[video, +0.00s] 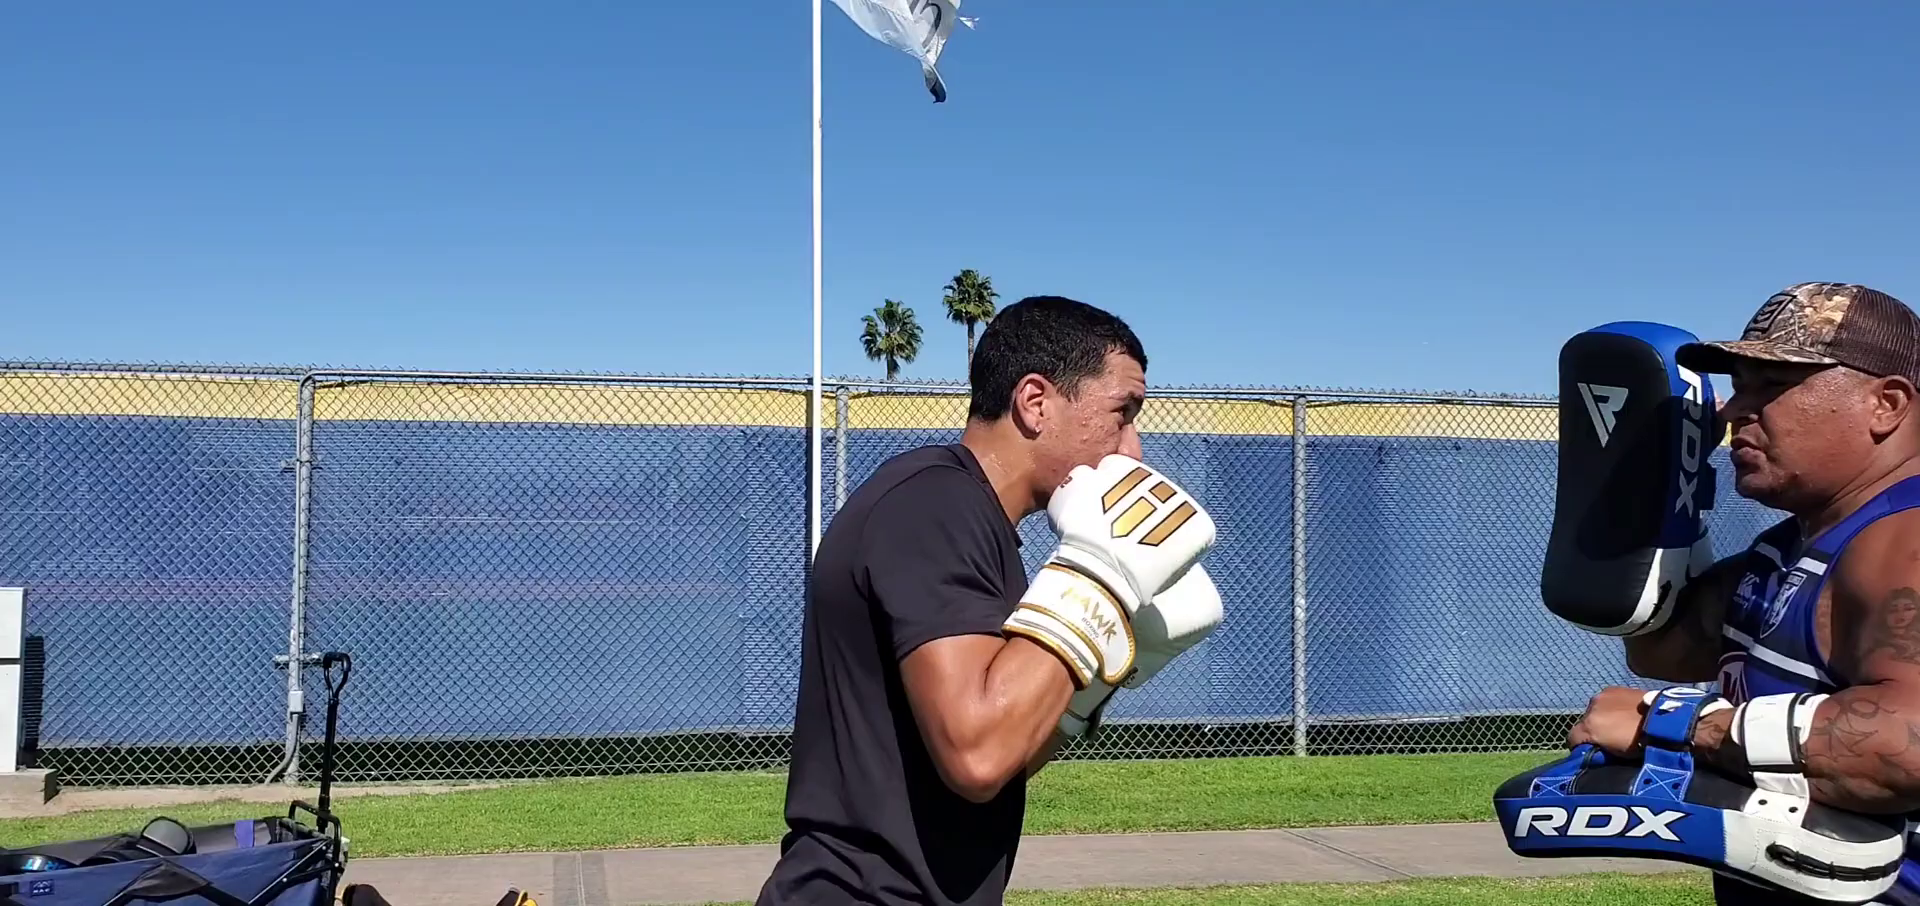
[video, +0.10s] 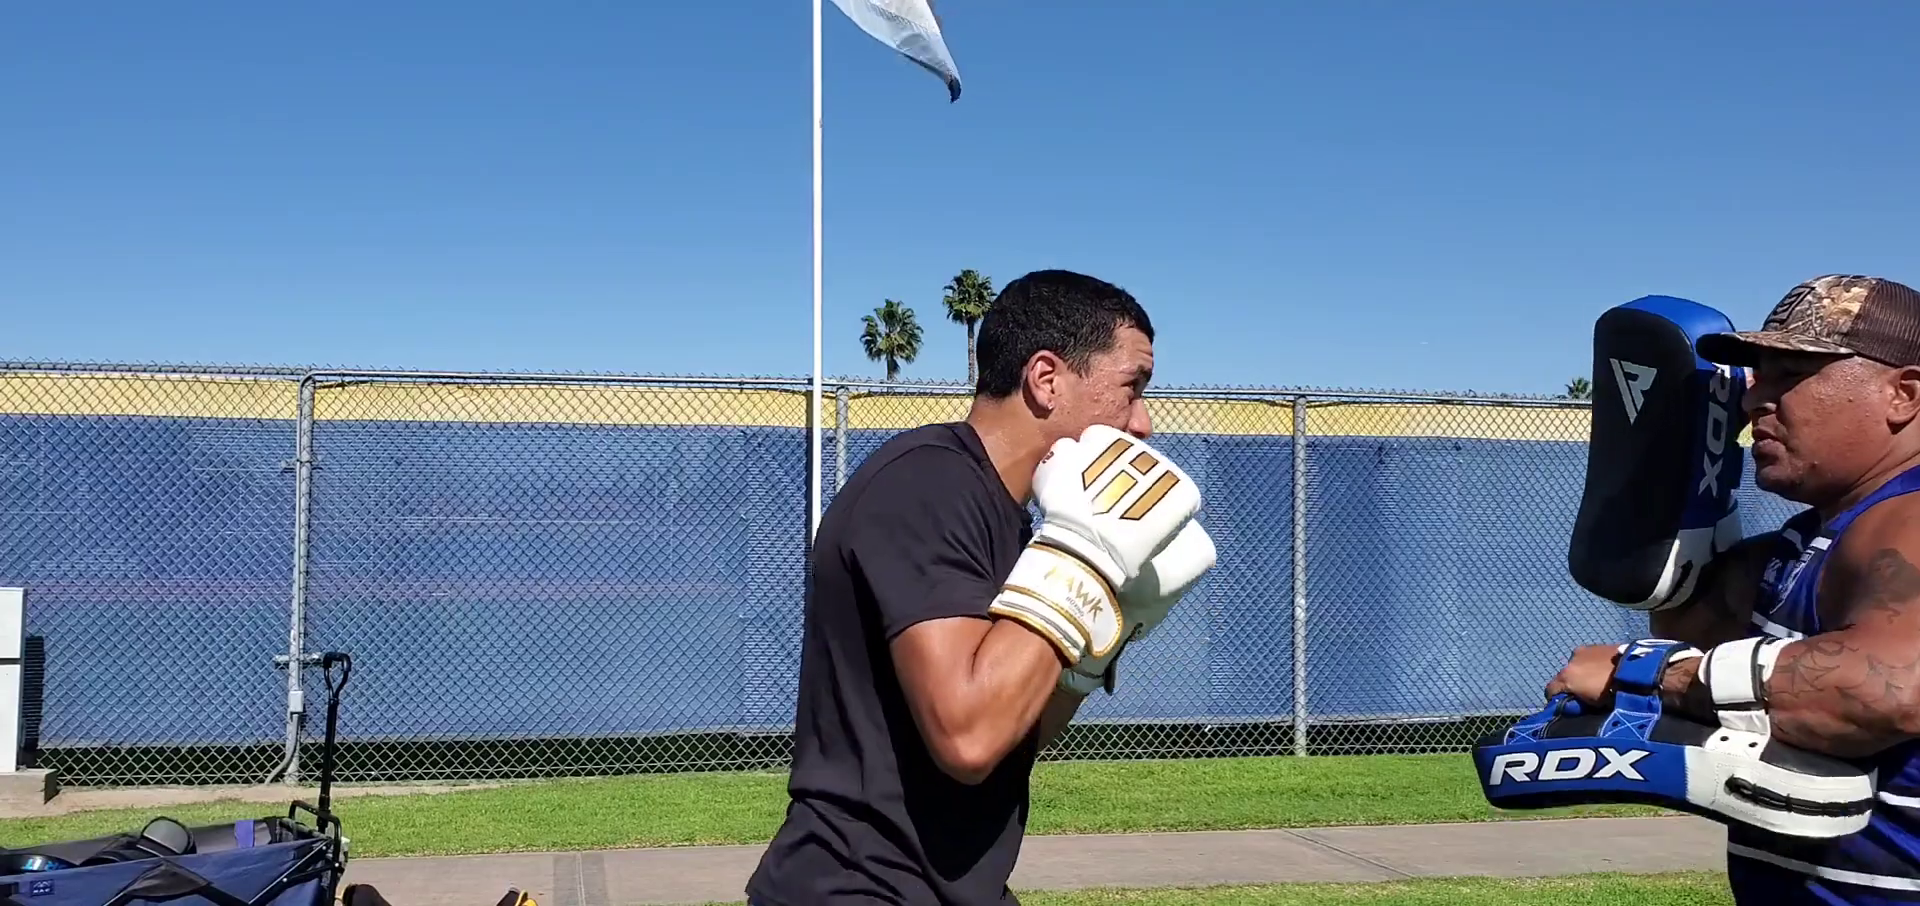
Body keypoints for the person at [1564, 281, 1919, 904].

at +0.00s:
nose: (1733, 410)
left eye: (1770, 386)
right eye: (1739, 388)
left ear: (1885, 405)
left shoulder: (1899, 546)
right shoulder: (1799, 539)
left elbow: (1900, 745)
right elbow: (1662, 653)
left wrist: (1681, 720)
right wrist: (1660, 490)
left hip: (1860, 889)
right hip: (1764, 880)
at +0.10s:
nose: (1753, 399)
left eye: (1788, 374)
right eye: (1756, 377)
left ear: (1901, 396)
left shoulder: (1900, 528)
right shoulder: (1820, 532)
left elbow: (1886, 689)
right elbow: (1694, 619)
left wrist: (1653, 672)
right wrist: (1690, 453)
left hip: (1878, 889)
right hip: (1802, 881)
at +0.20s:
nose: (1751, 407)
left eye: (1784, 382)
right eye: (1750, 384)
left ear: (1898, 399)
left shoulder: (1901, 522)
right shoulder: (1844, 529)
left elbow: (1853, 668)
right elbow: (1714, 603)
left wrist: (1593, 681)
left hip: (1871, 891)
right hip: (1797, 884)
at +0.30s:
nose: (1742, 411)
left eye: (1775, 386)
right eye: (1741, 389)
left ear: (1892, 403)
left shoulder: (1897, 527)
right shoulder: (1850, 527)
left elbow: (1844, 679)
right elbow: (1716, 620)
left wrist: (1587, 696)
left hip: (1866, 890)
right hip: (1794, 883)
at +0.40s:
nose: (1720, 413)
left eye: (1753, 386)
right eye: (1722, 387)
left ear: (1873, 406)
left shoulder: (1887, 541)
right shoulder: (1820, 531)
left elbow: (1867, 712)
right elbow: (1694, 609)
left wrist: (1612, 743)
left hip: (1859, 889)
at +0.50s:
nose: (1693, 422)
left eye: (1731, 394)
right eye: (1696, 394)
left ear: (1848, 410)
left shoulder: (1887, 552)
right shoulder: (1755, 528)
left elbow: (1901, 774)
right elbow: (1643, 604)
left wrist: (1661, 789)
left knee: (1546, 894)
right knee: (1535, 884)